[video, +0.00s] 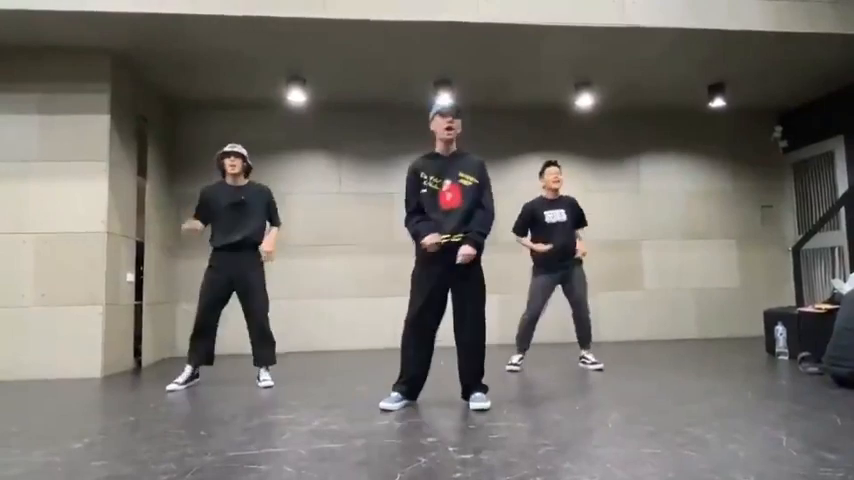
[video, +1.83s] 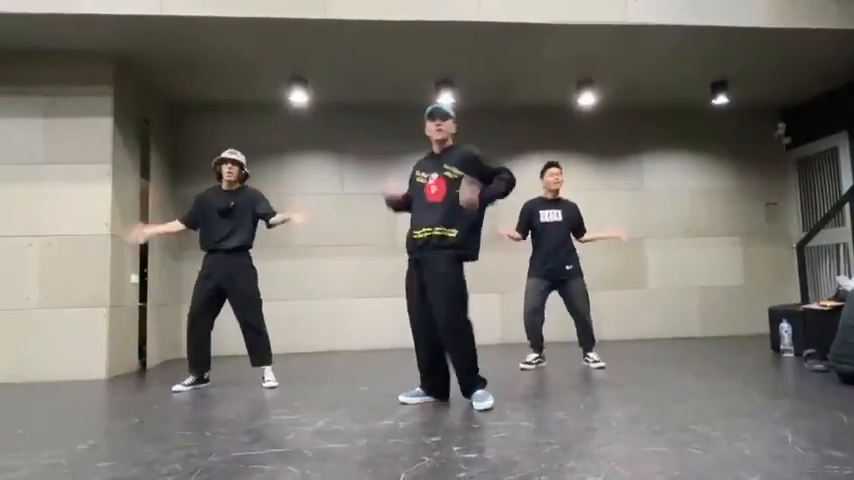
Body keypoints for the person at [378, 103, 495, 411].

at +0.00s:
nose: (450, 123)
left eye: (454, 118)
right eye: (443, 117)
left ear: (460, 126)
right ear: (431, 125)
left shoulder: (475, 166)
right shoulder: (419, 168)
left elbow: (485, 209)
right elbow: (412, 212)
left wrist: (473, 241)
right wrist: (424, 233)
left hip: (467, 257)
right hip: (431, 258)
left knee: (471, 325)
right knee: (419, 323)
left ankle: (474, 389)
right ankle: (405, 389)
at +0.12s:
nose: (455, 121)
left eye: (459, 117)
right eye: (448, 116)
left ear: (463, 124)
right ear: (434, 123)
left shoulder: (473, 167)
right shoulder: (421, 164)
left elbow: (482, 209)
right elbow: (417, 208)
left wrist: (469, 217)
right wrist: (453, 212)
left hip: (464, 257)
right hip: (430, 257)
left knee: (472, 323)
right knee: (418, 323)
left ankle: (475, 390)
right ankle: (401, 389)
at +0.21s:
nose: (453, 123)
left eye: (456, 119)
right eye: (446, 118)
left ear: (460, 126)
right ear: (432, 125)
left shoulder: (470, 165)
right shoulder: (419, 163)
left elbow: (474, 210)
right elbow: (420, 197)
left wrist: (455, 207)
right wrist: (466, 199)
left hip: (461, 253)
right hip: (427, 254)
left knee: (470, 321)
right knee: (417, 321)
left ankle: (476, 390)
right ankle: (400, 389)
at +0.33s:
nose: (441, 125)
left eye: (445, 120)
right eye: (435, 120)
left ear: (452, 126)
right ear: (424, 126)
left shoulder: (464, 165)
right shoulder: (414, 163)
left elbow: (481, 205)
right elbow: (395, 191)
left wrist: (470, 178)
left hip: (455, 260)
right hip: (419, 259)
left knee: (464, 324)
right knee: (411, 324)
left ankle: (475, 390)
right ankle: (402, 390)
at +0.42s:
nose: (434, 126)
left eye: (439, 121)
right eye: (428, 121)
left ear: (447, 126)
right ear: (419, 127)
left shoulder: (464, 168)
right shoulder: (406, 168)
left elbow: (490, 199)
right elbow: (374, 194)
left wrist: (515, 174)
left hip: (451, 263)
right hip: (414, 263)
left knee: (461, 327)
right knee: (408, 327)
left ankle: (475, 391)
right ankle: (402, 391)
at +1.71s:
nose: (456, 130)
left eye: (459, 124)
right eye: (449, 125)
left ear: (466, 129)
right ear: (437, 133)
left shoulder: (482, 169)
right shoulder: (425, 171)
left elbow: (501, 204)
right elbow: (399, 202)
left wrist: (505, 170)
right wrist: (384, 180)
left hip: (461, 261)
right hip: (425, 261)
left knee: (465, 326)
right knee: (419, 321)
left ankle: (475, 389)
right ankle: (430, 385)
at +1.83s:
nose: (438, 125)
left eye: (444, 120)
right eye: (433, 120)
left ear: (455, 125)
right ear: (425, 127)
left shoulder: (465, 157)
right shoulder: (421, 165)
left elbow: (505, 179)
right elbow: (416, 202)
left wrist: (481, 196)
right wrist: (397, 202)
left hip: (446, 254)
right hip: (418, 255)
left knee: (452, 321)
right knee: (422, 324)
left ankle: (475, 388)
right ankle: (433, 388)